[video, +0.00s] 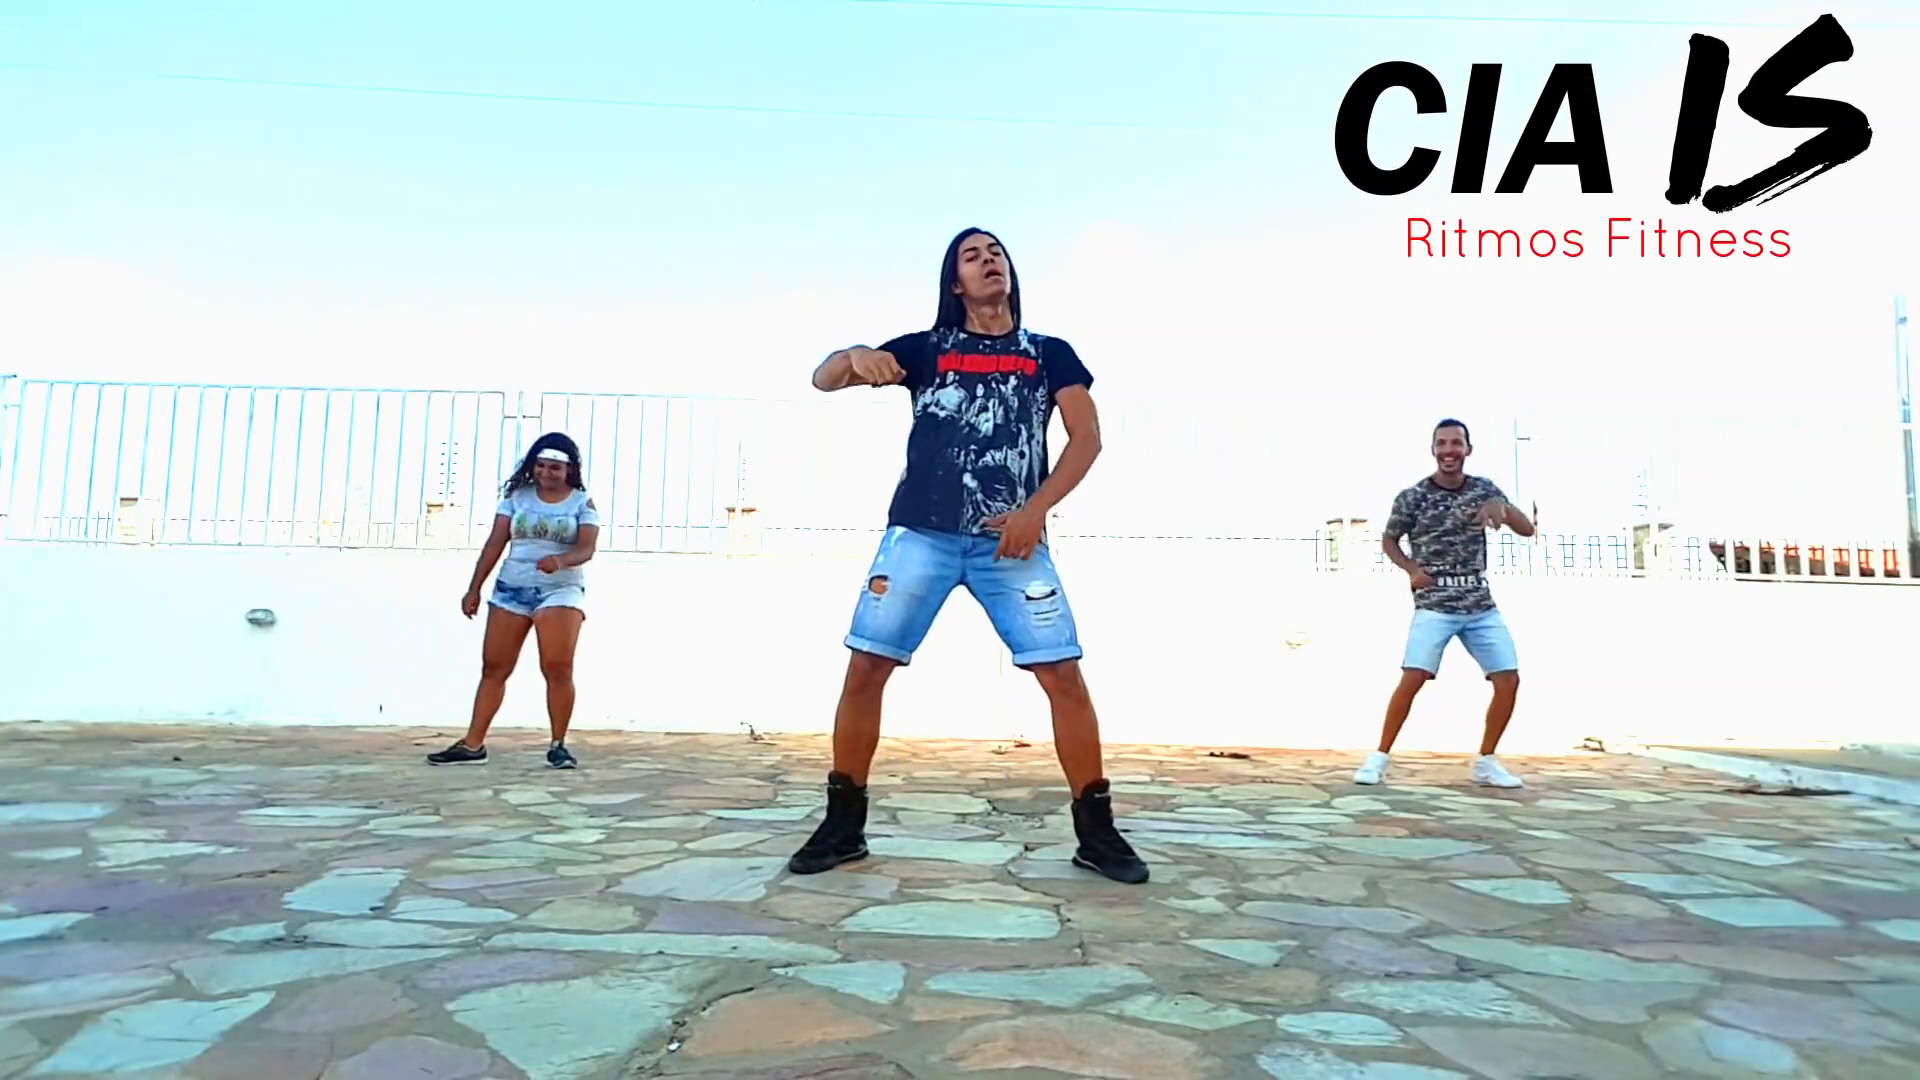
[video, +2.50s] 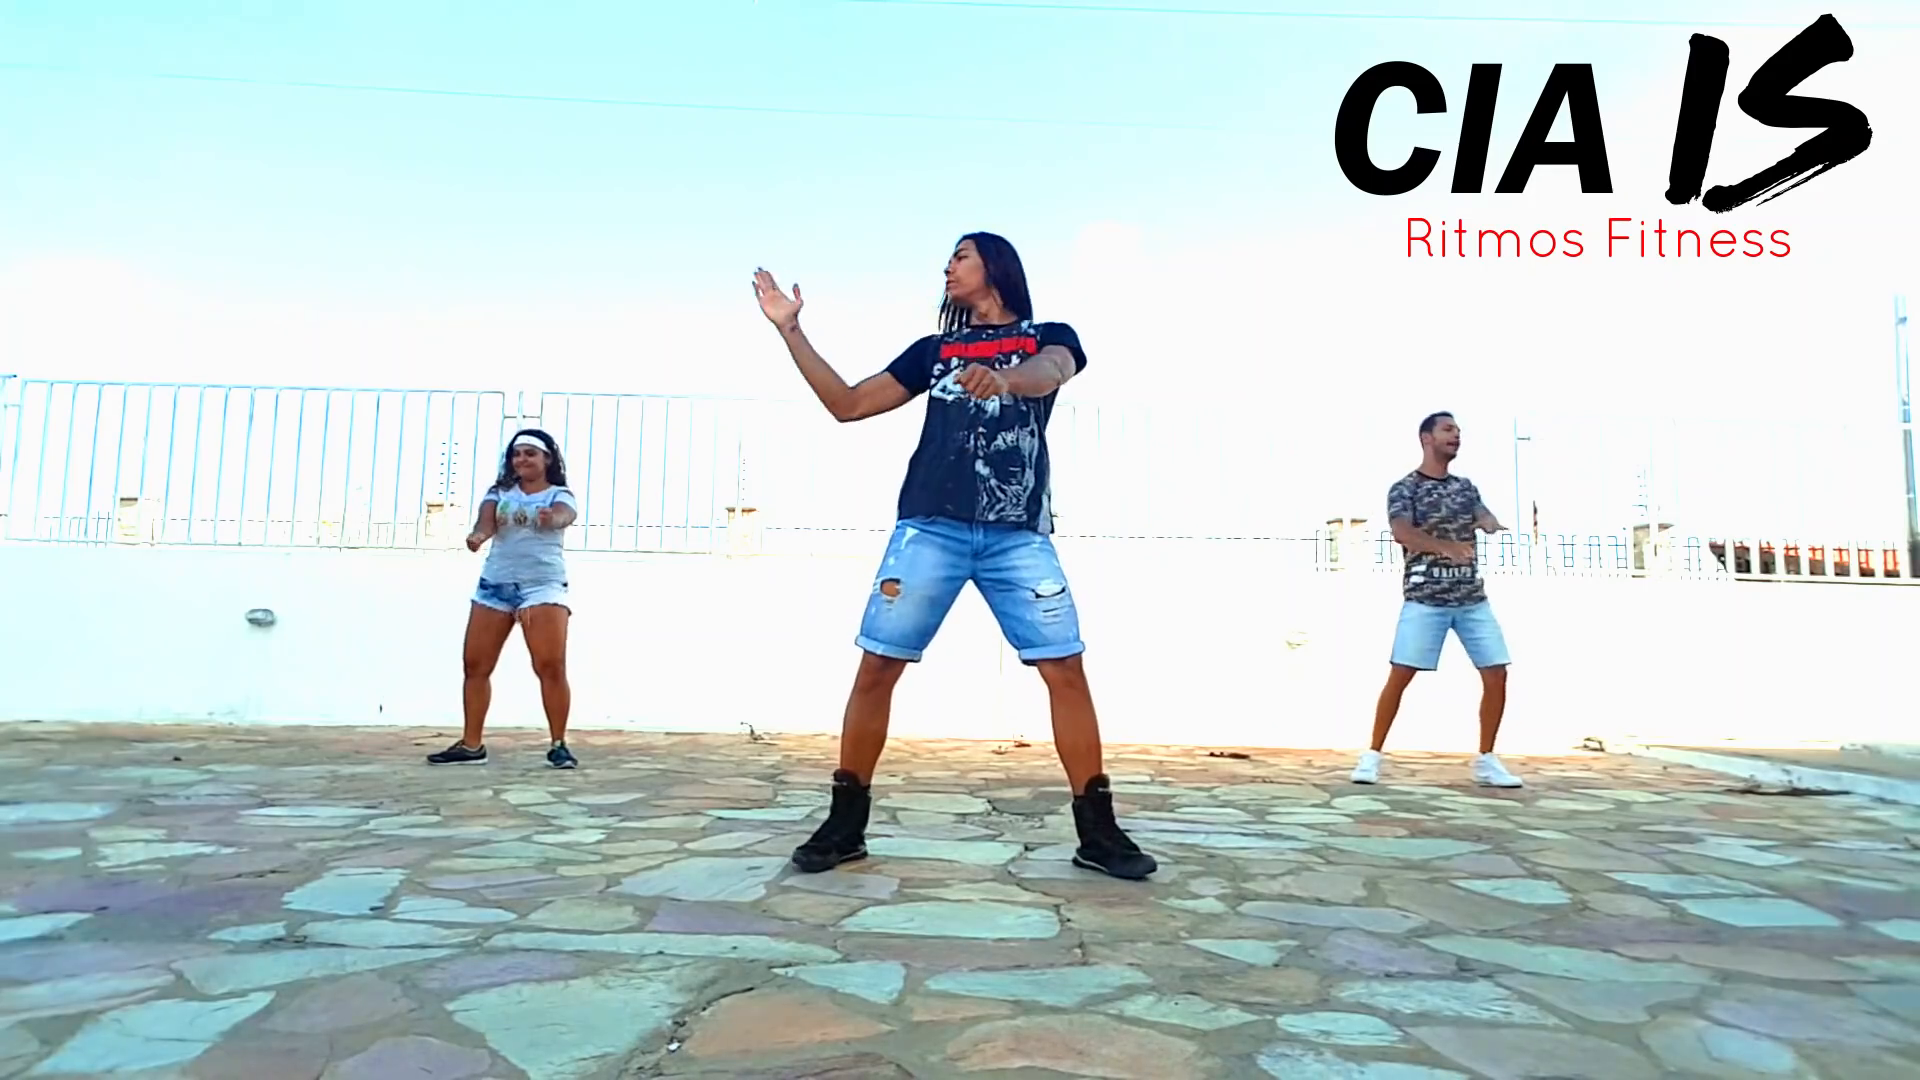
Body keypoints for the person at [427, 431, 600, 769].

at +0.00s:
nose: (549, 473)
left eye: (557, 468)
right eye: (543, 466)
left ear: (570, 470)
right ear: (533, 467)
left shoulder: (582, 504)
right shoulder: (515, 498)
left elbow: (586, 549)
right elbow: (495, 544)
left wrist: (562, 560)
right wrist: (475, 587)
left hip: (559, 593)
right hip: (511, 590)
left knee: (558, 668)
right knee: (493, 668)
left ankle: (558, 745)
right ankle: (472, 743)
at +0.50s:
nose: (556, 468)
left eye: (565, 465)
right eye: (552, 461)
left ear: (577, 471)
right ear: (543, 462)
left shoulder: (585, 506)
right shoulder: (524, 493)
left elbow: (595, 560)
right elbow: (504, 538)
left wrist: (598, 605)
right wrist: (510, 556)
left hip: (564, 587)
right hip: (522, 586)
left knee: (556, 666)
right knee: (491, 664)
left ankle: (558, 745)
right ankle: (472, 743)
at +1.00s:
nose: (535, 458)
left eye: (543, 452)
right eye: (529, 453)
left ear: (559, 458)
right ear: (524, 459)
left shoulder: (574, 501)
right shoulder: (507, 494)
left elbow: (573, 550)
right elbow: (486, 541)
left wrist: (529, 541)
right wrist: (465, 584)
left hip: (554, 591)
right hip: (504, 588)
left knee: (556, 667)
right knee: (481, 666)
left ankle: (559, 744)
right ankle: (471, 744)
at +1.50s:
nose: (505, 452)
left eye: (513, 447)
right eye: (498, 448)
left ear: (526, 456)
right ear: (490, 459)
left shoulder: (543, 494)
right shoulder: (481, 497)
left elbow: (564, 543)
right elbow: (467, 541)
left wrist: (583, 585)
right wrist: (468, 567)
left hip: (528, 590)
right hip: (481, 589)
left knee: (534, 668)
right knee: (470, 664)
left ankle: (555, 744)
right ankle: (471, 744)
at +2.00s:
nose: (519, 454)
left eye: (525, 449)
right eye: (512, 450)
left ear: (538, 458)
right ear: (501, 458)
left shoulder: (550, 494)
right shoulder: (488, 499)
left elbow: (556, 528)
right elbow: (472, 539)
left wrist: (547, 540)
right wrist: (450, 569)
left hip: (535, 586)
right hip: (486, 586)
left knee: (546, 667)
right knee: (473, 667)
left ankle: (558, 744)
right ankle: (471, 744)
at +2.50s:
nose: (522, 458)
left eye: (530, 452)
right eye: (517, 453)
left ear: (548, 459)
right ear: (511, 460)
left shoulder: (561, 494)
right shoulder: (498, 493)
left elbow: (563, 515)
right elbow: (486, 520)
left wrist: (549, 519)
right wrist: (479, 534)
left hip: (542, 585)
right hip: (495, 584)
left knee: (550, 666)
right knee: (475, 665)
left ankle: (558, 744)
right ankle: (471, 743)